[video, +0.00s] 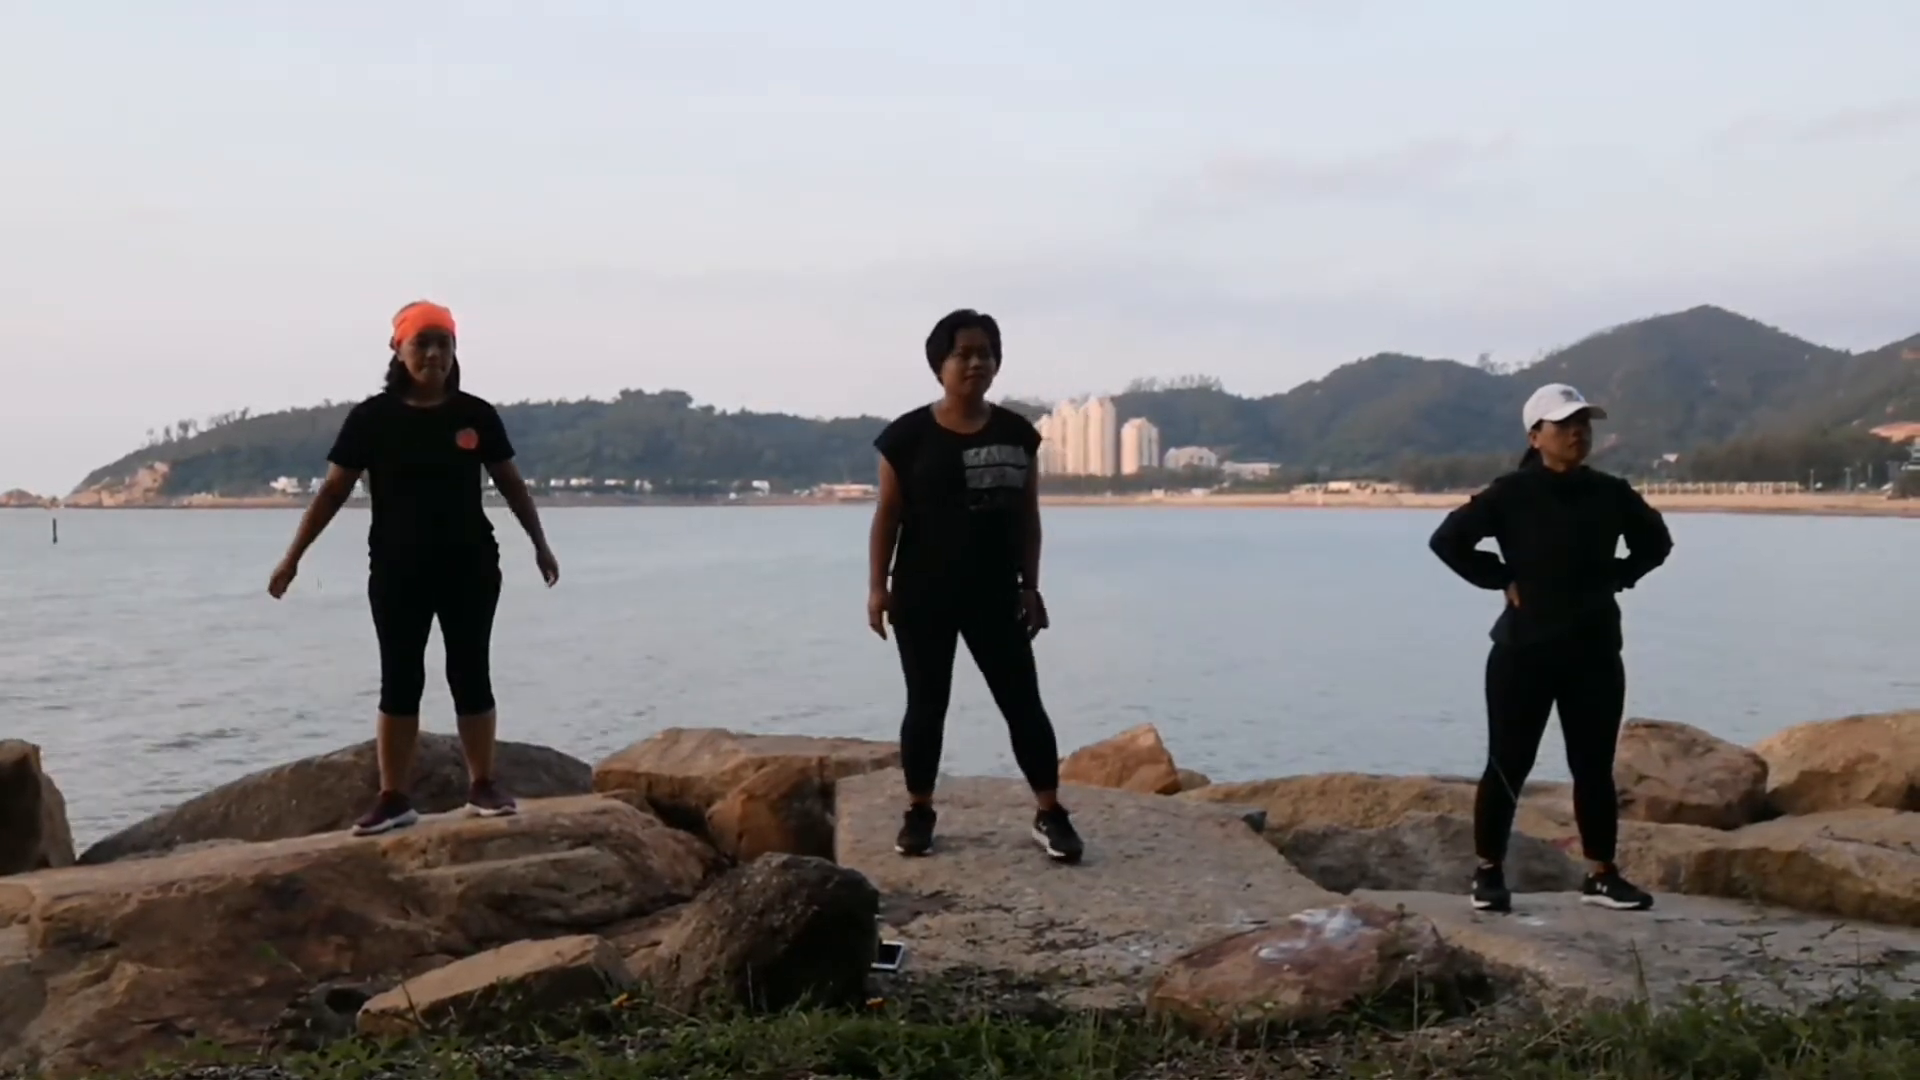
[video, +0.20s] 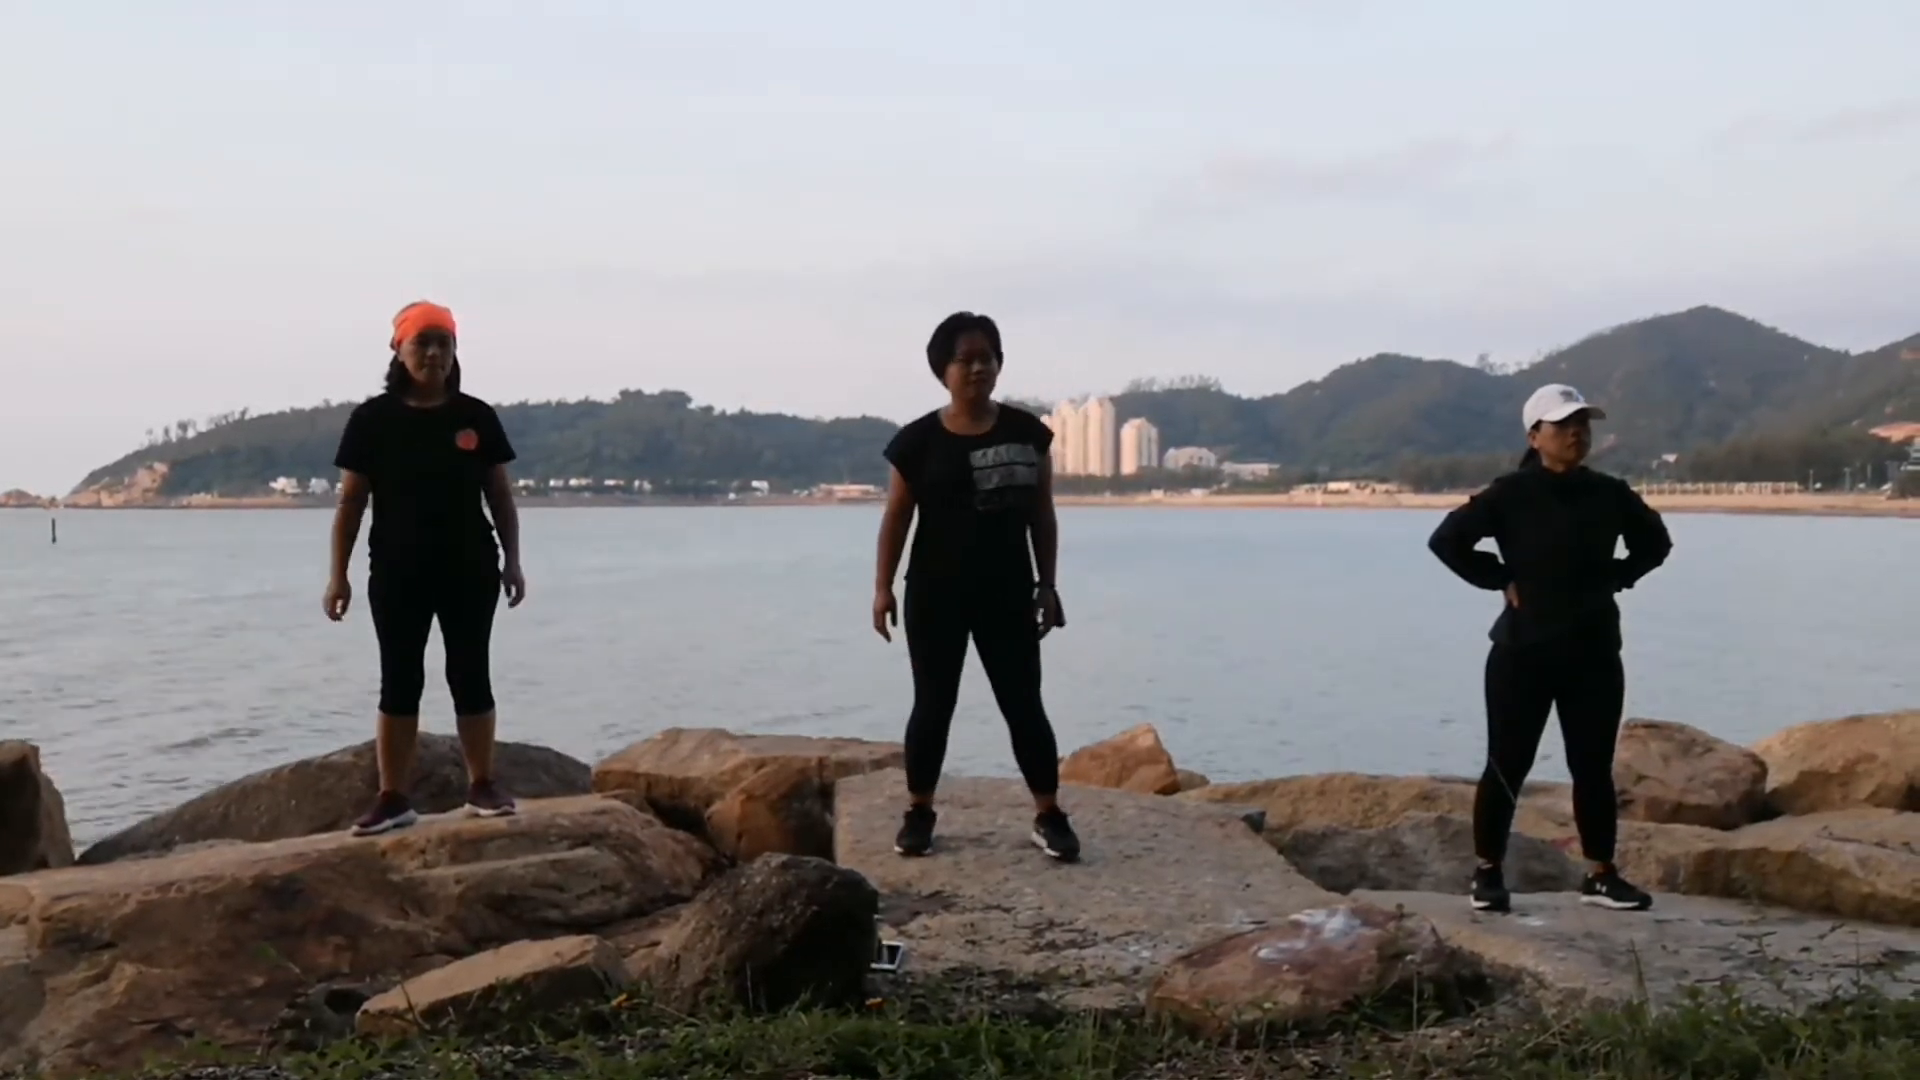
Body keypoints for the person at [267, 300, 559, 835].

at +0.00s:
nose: (433, 353)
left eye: (442, 343)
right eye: (422, 343)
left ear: (454, 351)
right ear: (399, 351)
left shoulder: (476, 417)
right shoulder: (370, 419)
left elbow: (509, 482)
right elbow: (332, 493)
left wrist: (539, 541)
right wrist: (291, 557)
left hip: (468, 570)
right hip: (398, 573)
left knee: (471, 678)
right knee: (399, 685)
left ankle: (482, 786)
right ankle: (392, 798)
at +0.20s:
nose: (431, 352)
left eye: (441, 342)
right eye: (420, 343)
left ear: (453, 350)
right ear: (399, 352)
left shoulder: (476, 417)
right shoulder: (371, 419)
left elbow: (500, 494)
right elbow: (351, 501)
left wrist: (512, 560)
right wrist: (337, 573)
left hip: (468, 572)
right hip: (397, 575)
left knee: (471, 680)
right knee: (399, 687)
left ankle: (481, 787)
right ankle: (392, 797)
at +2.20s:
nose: (435, 353)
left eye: (438, 344)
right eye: (422, 345)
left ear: (440, 351)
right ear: (388, 354)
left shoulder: (461, 417)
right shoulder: (359, 425)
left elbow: (488, 494)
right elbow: (340, 507)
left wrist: (505, 558)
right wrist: (321, 580)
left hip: (460, 573)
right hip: (390, 578)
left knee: (463, 682)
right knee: (391, 690)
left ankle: (474, 789)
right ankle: (383, 799)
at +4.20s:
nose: (428, 358)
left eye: (432, 348)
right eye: (416, 349)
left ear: (438, 354)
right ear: (383, 356)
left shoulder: (455, 420)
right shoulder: (352, 427)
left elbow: (488, 494)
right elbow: (330, 509)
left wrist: (518, 556)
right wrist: (311, 580)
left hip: (452, 577)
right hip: (381, 581)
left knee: (453, 686)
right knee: (382, 693)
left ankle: (465, 793)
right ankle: (373, 804)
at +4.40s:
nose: (427, 357)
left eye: (430, 347)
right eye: (414, 348)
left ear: (434, 353)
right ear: (380, 356)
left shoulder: (453, 420)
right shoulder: (349, 426)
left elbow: (481, 493)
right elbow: (341, 508)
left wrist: (473, 545)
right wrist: (371, 565)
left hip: (448, 575)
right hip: (380, 578)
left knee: (453, 685)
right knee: (380, 692)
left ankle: (463, 792)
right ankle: (373, 802)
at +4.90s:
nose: (423, 359)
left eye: (428, 349)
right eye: (411, 349)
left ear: (433, 356)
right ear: (378, 356)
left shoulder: (451, 423)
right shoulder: (347, 427)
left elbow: (484, 492)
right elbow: (319, 505)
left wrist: (510, 553)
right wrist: (292, 577)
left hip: (447, 578)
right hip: (376, 581)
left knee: (449, 686)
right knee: (377, 694)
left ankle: (459, 794)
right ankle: (370, 804)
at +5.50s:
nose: (412, 358)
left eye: (418, 349)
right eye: (400, 349)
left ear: (426, 355)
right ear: (369, 356)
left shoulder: (448, 422)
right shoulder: (341, 427)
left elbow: (469, 491)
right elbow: (331, 506)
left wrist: (449, 536)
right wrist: (369, 553)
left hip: (441, 575)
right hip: (369, 579)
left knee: (444, 686)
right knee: (370, 692)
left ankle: (455, 796)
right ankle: (365, 805)